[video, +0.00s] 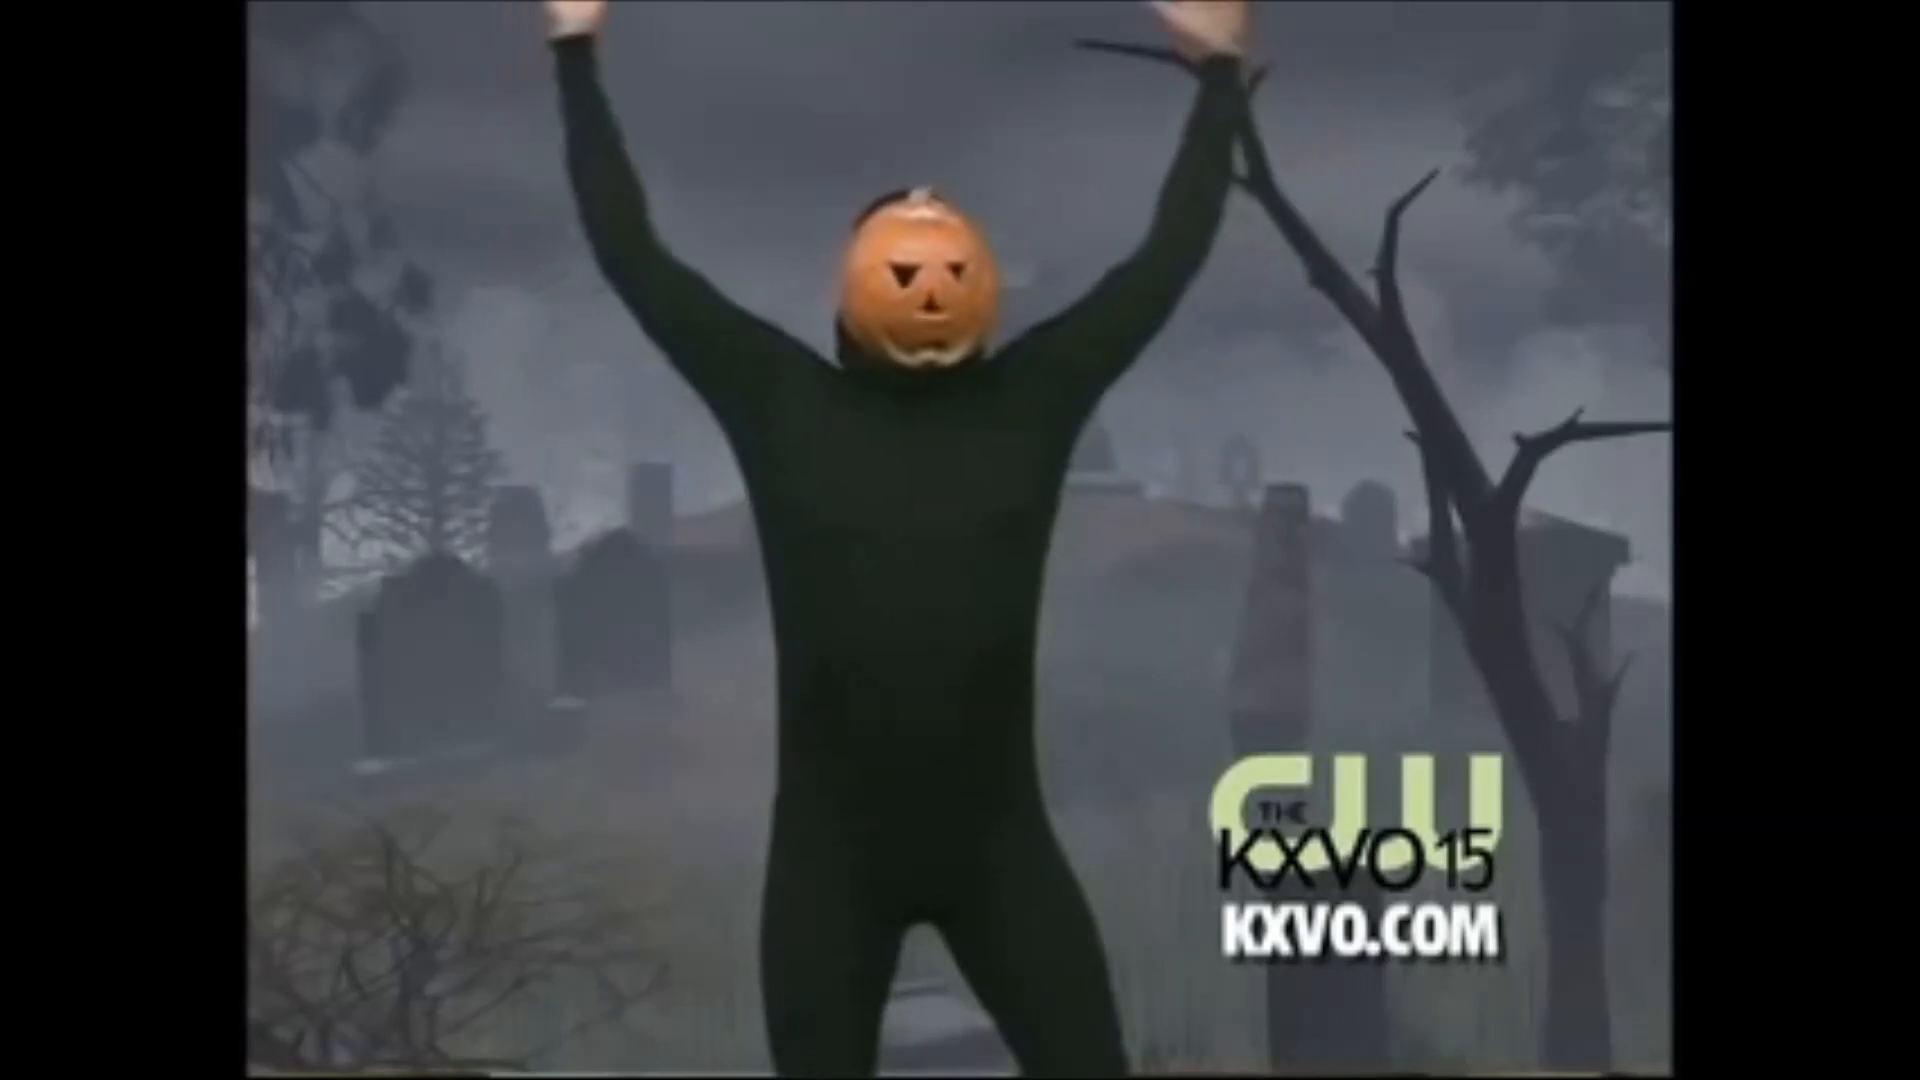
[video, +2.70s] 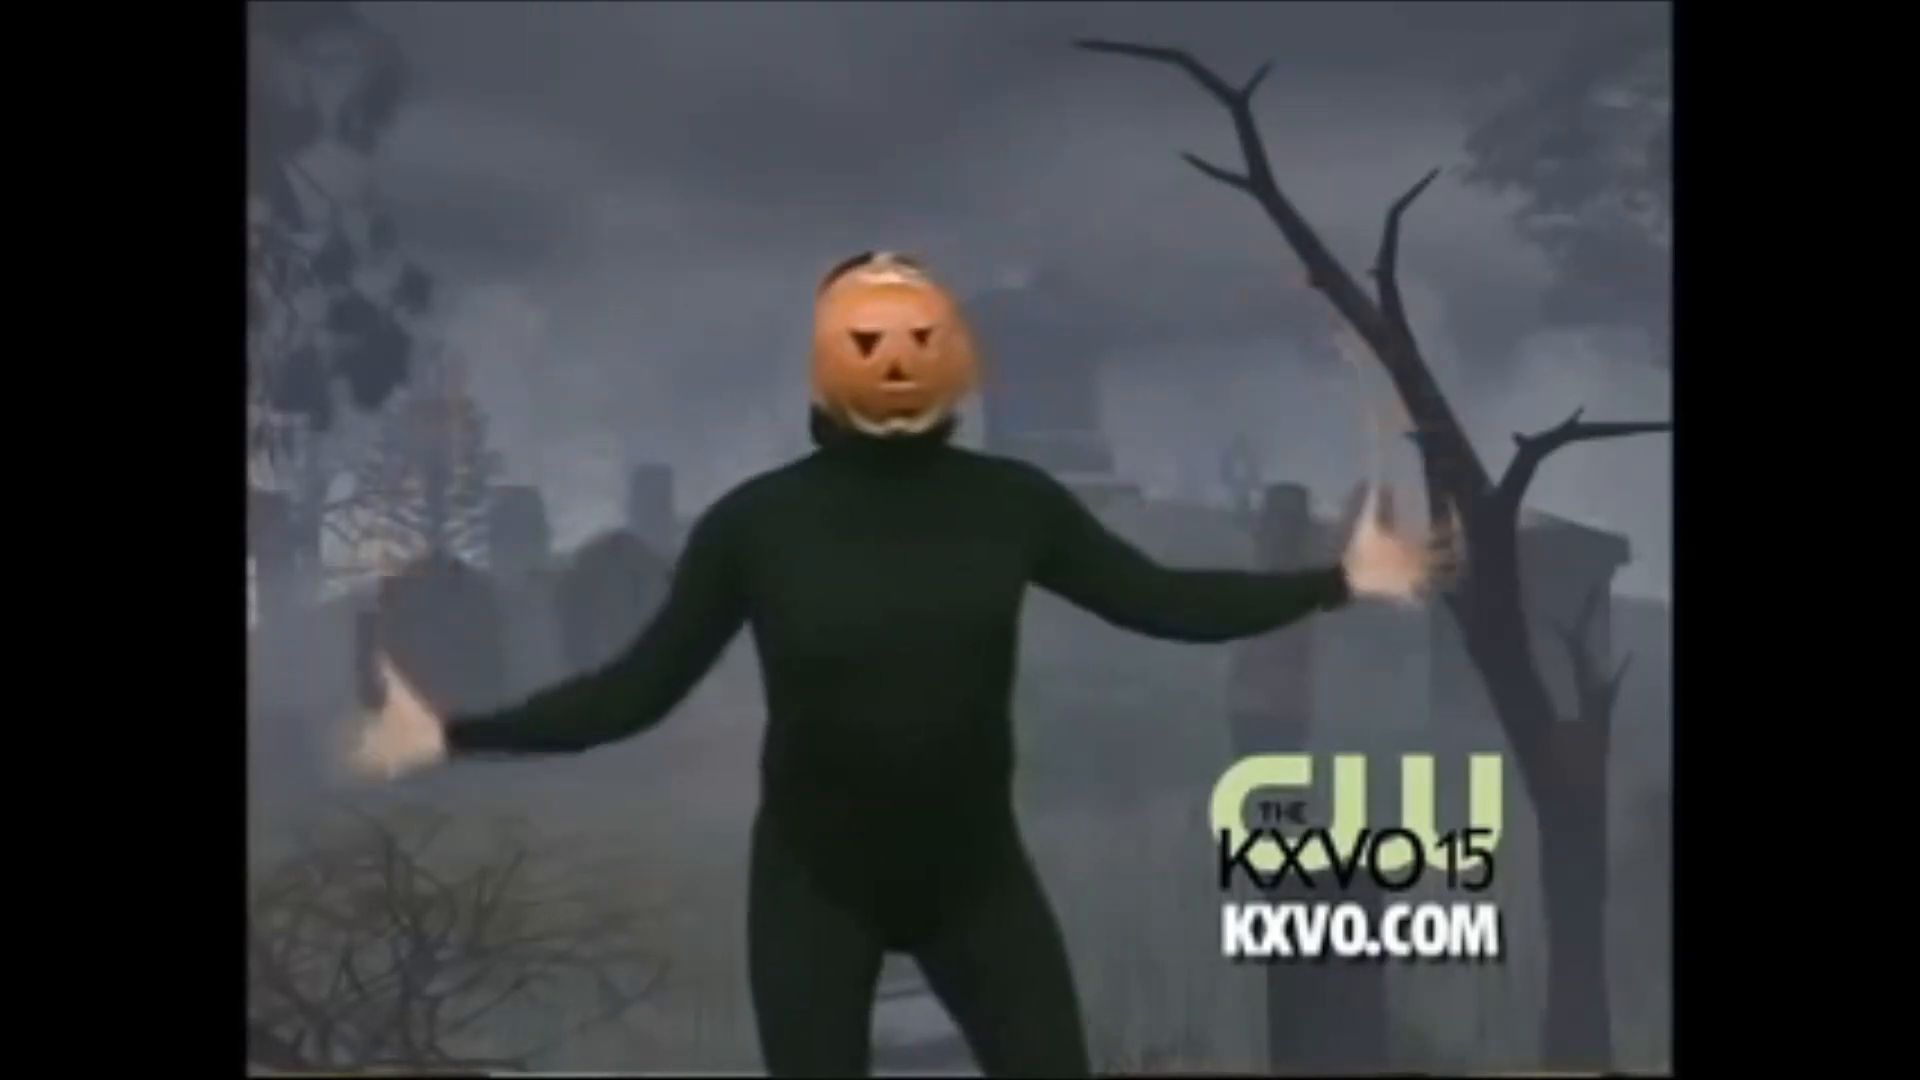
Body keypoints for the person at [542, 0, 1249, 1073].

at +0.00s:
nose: (928, 284)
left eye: (953, 270)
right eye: (897, 267)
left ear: (991, 303)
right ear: (843, 302)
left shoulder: (1035, 399)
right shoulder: (777, 400)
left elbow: (1168, 258)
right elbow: (630, 253)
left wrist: (1223, 70)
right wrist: (574, 50)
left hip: (998, 837)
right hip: (830, 843)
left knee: (1088, 1064)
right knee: (818, 1067)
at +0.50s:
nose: (934, 298)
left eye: (960, 286)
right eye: (901, 284)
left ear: (998, 328)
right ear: (853, 330)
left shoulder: (1033, 425)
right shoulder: (791, 422)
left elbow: (1151, 260)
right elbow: (682, 267)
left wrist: (1090, 71)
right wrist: (744, 62)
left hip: (999, 845)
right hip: (831, 851)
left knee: (1091, 1066)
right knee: (817, 1066)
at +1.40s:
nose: (943, 346)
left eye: (967, 328)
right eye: (911, 328)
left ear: (1002, 358)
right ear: (858, 358)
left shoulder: (1049, 465)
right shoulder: (783, 471)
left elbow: (1221, 372)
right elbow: (610, 396)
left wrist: (1169, 230)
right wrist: (683, 229)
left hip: (998, 861)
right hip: (835, 868)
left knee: (1083, 1065)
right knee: (825, 1068)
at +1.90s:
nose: (939, 353)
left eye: (965, 331)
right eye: (905, 332)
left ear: (1001, 362)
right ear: (853, 366)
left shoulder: (1057, 481)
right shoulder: (775, 487)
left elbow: (1241, 465)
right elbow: (578, 495)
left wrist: (1280, 311)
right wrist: (557, 321)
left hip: (995, 865)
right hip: (831, 871)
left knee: (1078, 1066)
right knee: (824, 1067)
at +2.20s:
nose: (930, 349)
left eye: (956, 331)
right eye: (899, 332)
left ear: (992, 364)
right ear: (848, 368)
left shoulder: (1047, 494)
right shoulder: (777, 503)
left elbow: (1232, 524)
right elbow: (585, 584)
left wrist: (1344, 385)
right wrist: (472, 431)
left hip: (989, 866)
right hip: (825, 873)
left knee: (1067, 1064)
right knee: (822, 1070)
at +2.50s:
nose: (908, 337)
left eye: (935, 324)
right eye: (877, 326)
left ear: (972, 368)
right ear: (833, 370)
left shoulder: (1029, 503)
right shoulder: (768, 516)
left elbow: (1202, 575)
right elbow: (622, 656)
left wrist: (1365, 496)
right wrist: (439, 610)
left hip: (979, 871)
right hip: (817, 876)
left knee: (1059, 1062)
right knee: (813, 1072)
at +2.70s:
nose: (895, 340)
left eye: (920, 324)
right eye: (864, 329)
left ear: (958, 366)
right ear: (822, 370)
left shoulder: (1012, 504)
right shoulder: (757, 522)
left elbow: (1166, 600)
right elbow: (636, 690)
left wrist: (1337, 579)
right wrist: (462, 731)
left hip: (973, 872)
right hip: (813, 878)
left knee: (1052, 1065)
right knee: (812, 1074)